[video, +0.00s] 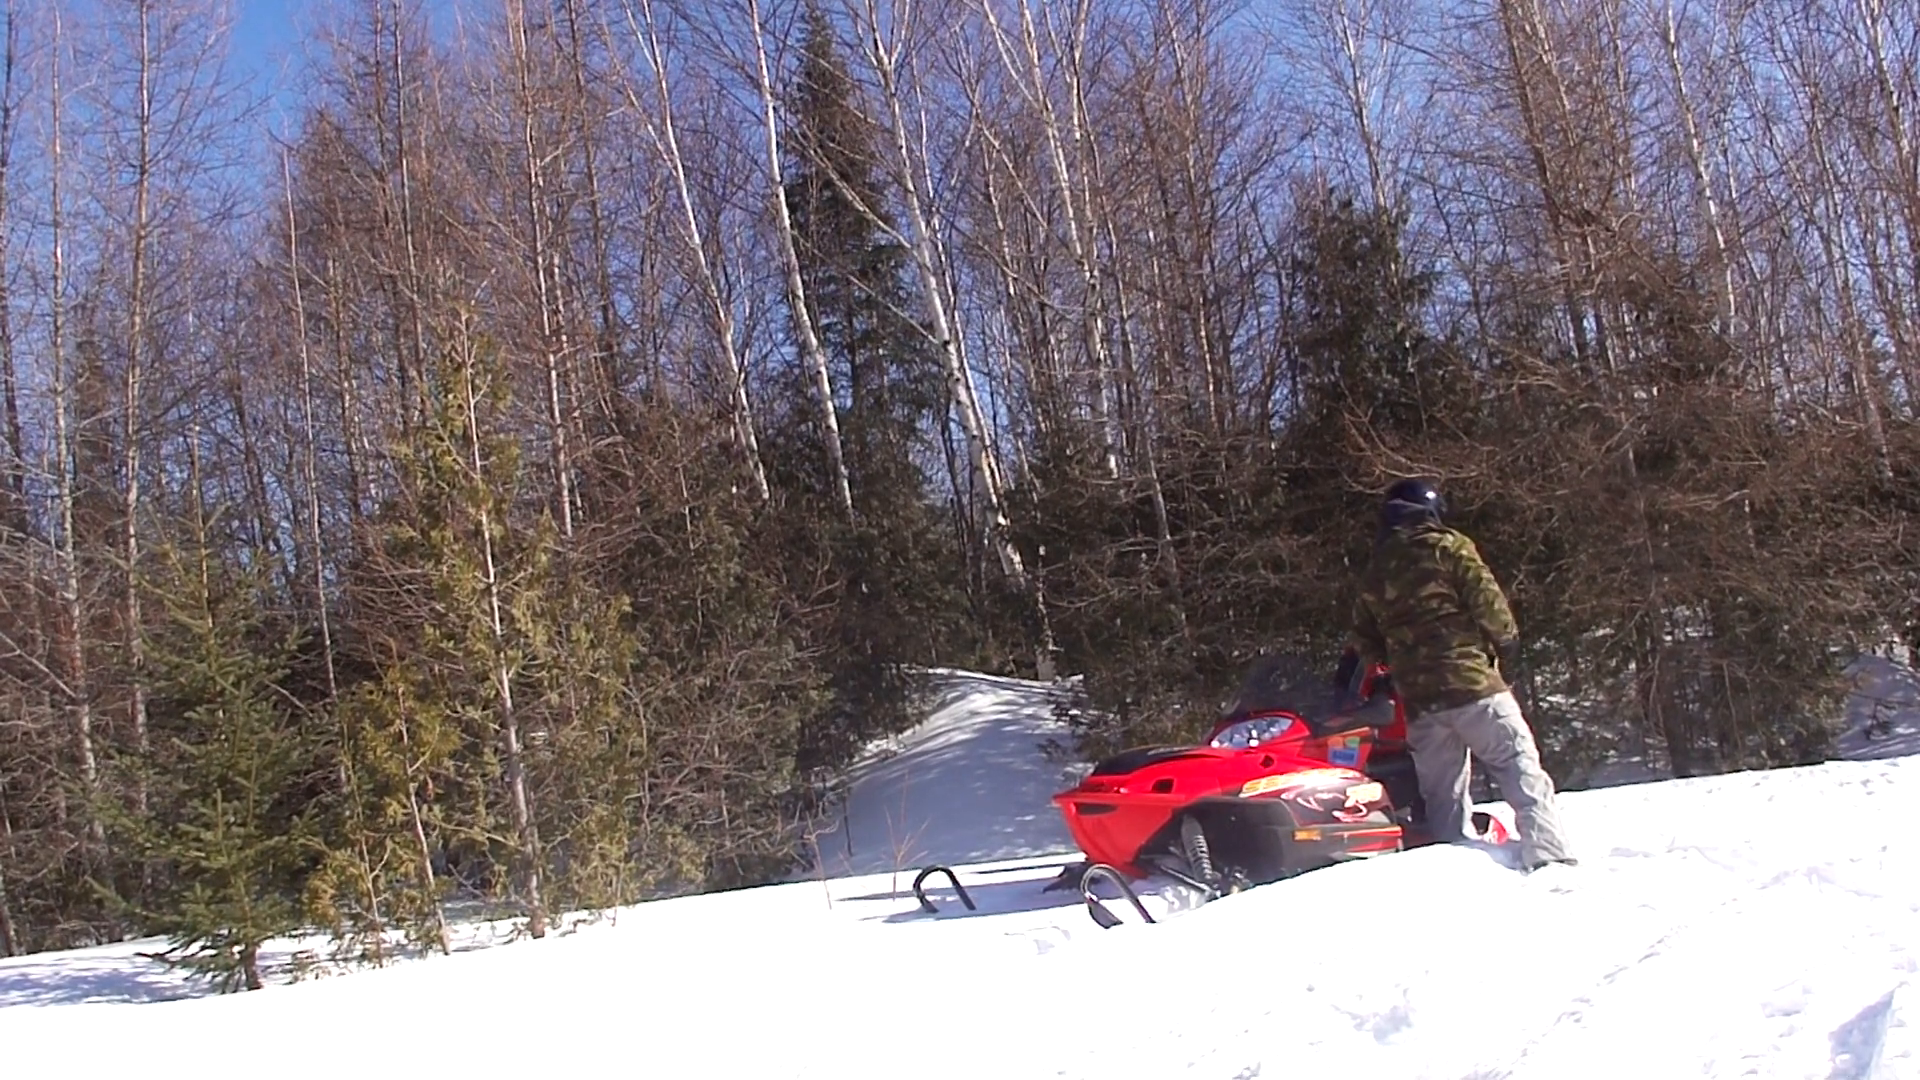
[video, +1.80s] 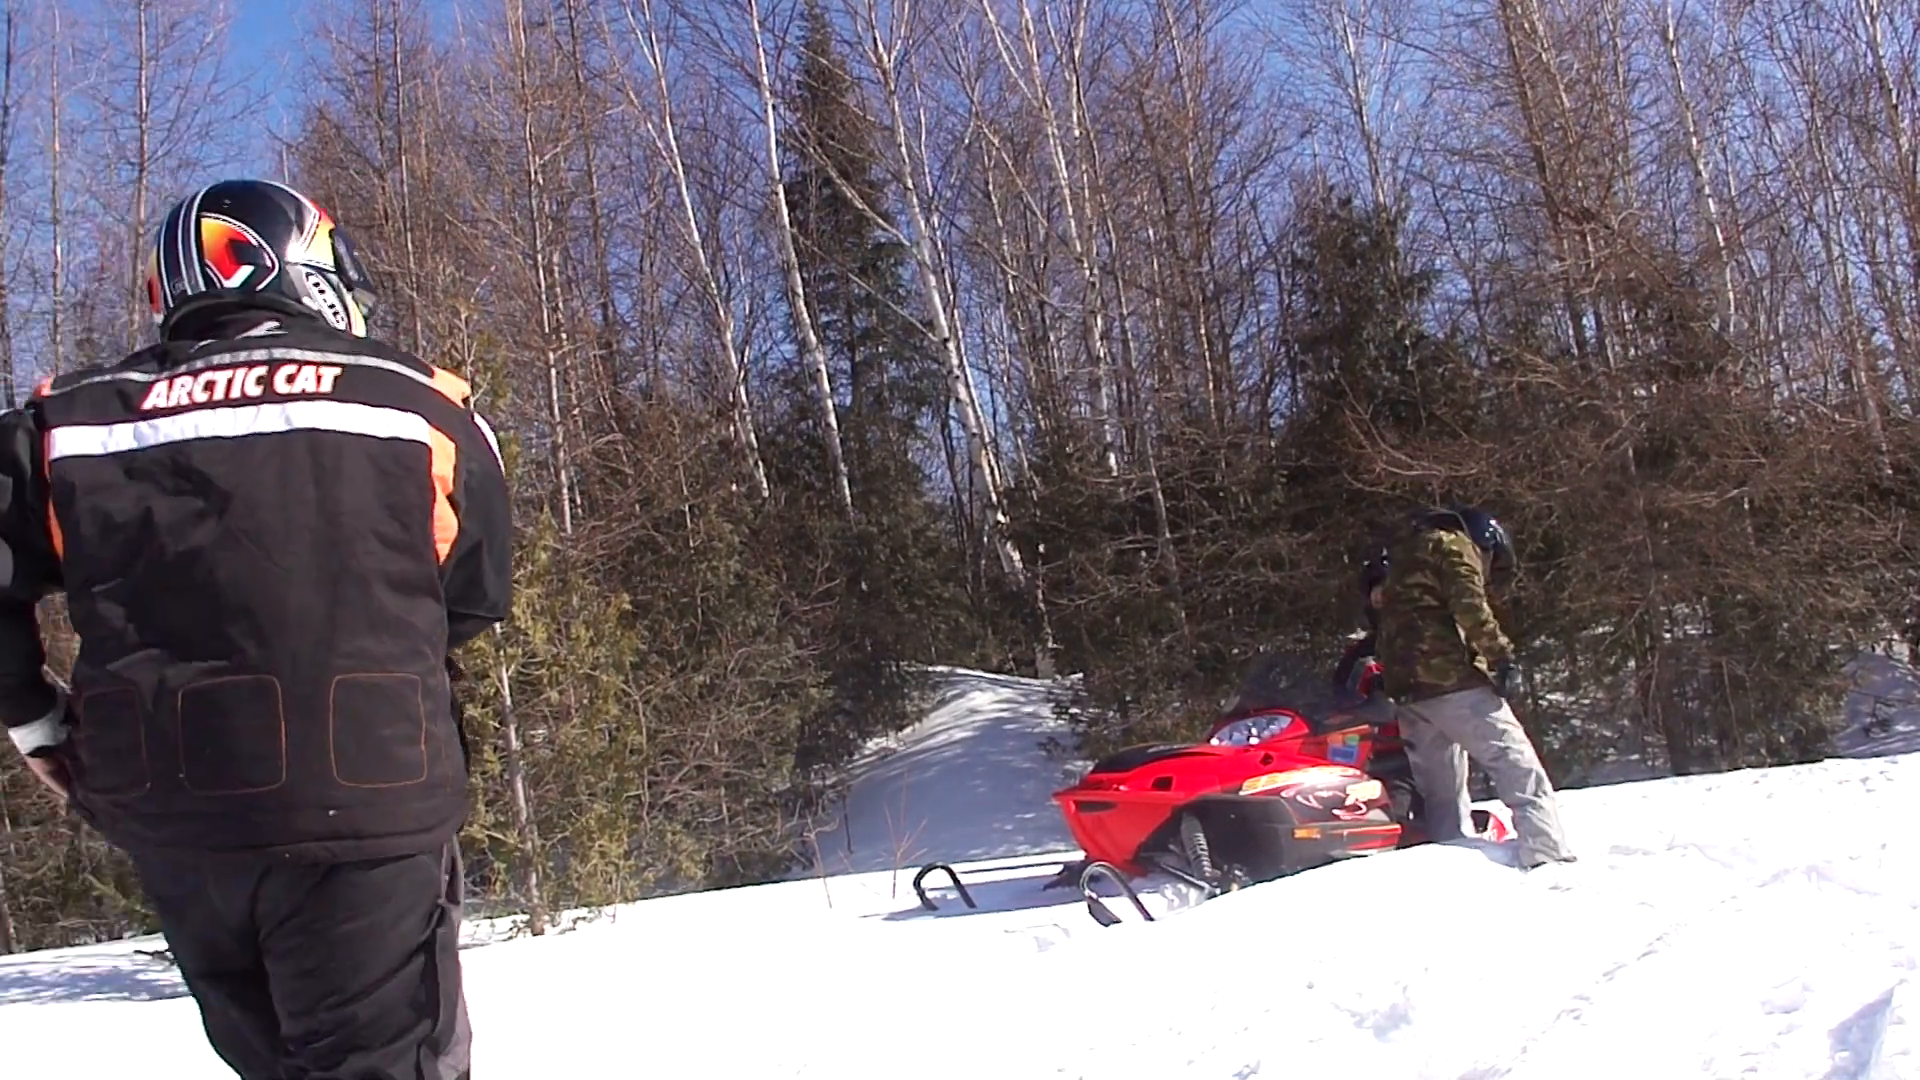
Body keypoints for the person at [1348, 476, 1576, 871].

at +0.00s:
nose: (1442, 516)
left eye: (1438, 511)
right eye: (1437, 509)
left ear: (1390, 516)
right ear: (1429, 511)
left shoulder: (1375, 567)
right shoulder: (1449, 544)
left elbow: (1365, 636)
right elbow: (1492, 609)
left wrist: (1398, 660)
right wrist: (1507, 647)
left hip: (1419, 698)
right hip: (1472, 684)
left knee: (1442, 802)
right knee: (1517, 762)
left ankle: (1451, 878)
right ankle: (1546, 854)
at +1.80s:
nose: (1486, 565)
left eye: (1491, 560)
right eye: (1489, 557)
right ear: (1482, 537)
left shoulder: (1403, 553)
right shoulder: (1452, 546)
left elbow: (1389, 621)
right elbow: (1470, 609)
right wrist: (1503, 658)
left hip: (1406, 690)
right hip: (1452, 680)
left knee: (1441, 793)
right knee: (1515, 762)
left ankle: (1452, 871)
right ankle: (1545, 856)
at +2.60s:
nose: (1618, 549)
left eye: (1623, 540)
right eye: (1619, 537)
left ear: (1590, 523)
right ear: (1599, 526)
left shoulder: (1531, 543)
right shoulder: (1556, 548)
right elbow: (1546, 620)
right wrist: (1571, 682)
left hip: (1492, 682)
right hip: (1527, 679)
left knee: (1493, 789)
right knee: (1600, 744)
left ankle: (1478, 865)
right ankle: (1601, 853)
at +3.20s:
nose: (1645, 475)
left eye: (1646, 464)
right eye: (1638, 464)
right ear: (1617, 464)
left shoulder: (1618, 516)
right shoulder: (1581, 507)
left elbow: (1616, 591)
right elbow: (1569, 573)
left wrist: (1632, 644)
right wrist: (1594, 633)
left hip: (1618, 651)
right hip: (1582, 653)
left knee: (1658, 719)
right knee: (1615, 744)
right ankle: (1596, 850)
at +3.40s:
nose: (1646, 464)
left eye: (1650, 455)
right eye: (1638, 453)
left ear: (1653, 458)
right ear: (1613, 452)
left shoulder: (1638, 510)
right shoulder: (1578, 502)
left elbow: (1647, 581)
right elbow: (1561, 569)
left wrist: (1658, 630)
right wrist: (1592, 620)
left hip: (1649, 649)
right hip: (1605, 651)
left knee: (1670, 743)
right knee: (1623, 748)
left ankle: (1664, 839)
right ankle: (1596, 850)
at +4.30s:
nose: (1568, 465)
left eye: (1576, 454)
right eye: (1562, 456)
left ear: (1603, 451)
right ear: (1556, 459)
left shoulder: (1650, 498)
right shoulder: (1560, 518)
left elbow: (1689, 556)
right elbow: (1548, 586)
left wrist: (1690, 616)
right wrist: (1537, 633)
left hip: (1657, 644)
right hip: (1598, 654)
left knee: (1668, 732)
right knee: (1622, 753)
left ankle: (1689, 811)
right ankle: (1656, 833)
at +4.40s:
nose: (1559, 466)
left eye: (1566, 454)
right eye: (1554, 457)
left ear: (1595, 450)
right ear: (1552, 459)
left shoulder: (1647, 496)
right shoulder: (1561, 518)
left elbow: (1686, 554)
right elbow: (1552, 587)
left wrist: (1693, 614)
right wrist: (1540, 636)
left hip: (1651, 638)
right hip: (1595, 647)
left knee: (1653, 729)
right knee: (1617, 749)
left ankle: (1684, 810)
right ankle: (1653, 831)